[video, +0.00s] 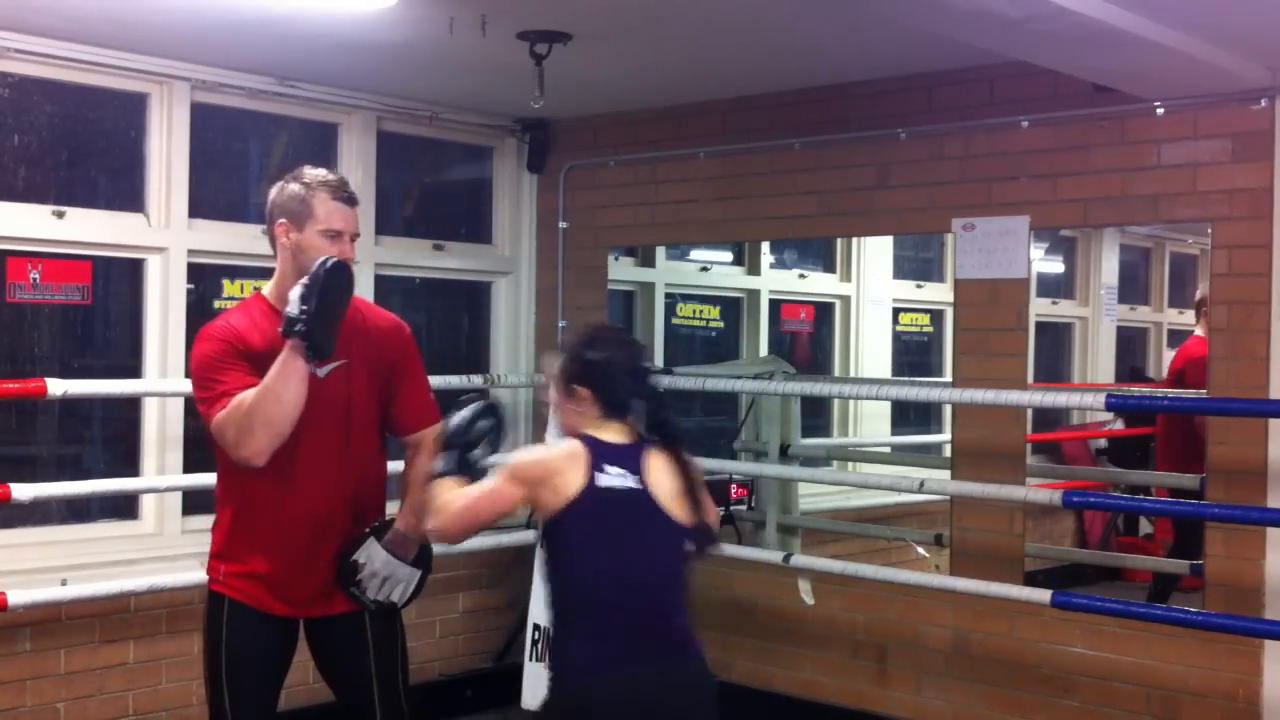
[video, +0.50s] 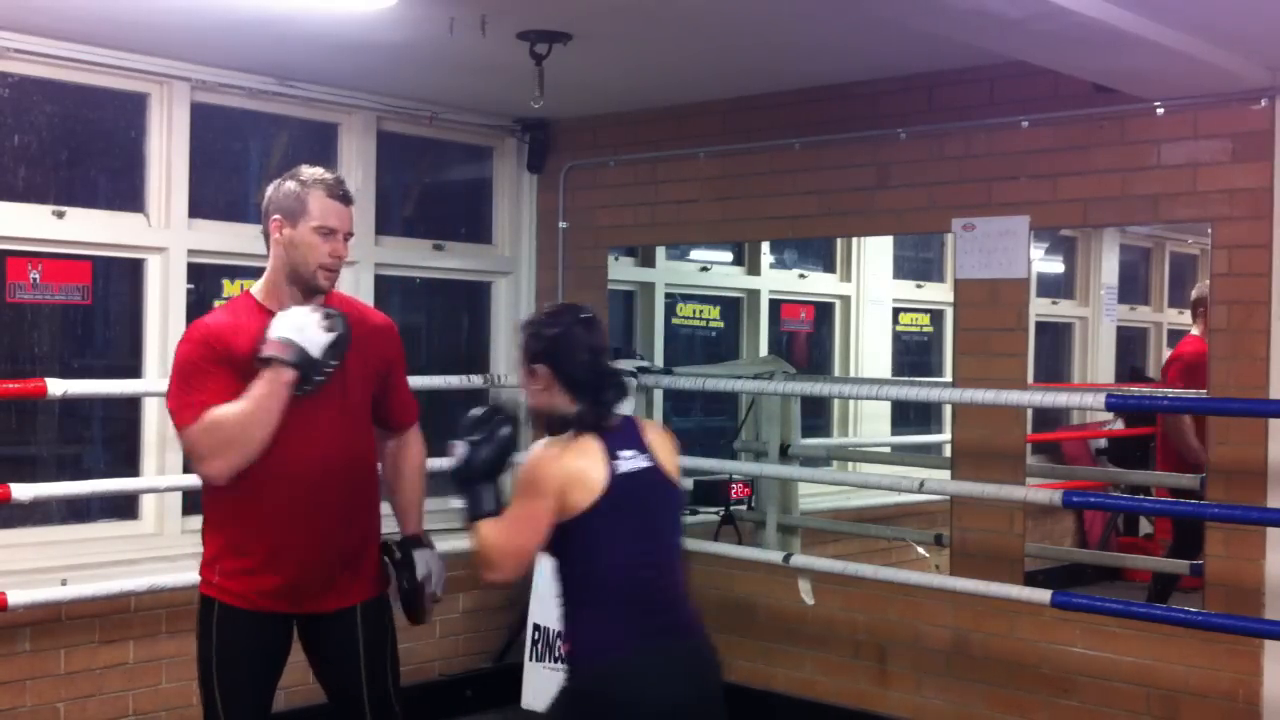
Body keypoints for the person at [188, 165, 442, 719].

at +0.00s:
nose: (347, 253)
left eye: (353, 238)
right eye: (332, 235)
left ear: (358, 241)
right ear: (284, 234)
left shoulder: (384, 334)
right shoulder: (225, 338)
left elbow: (426, 440)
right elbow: (249, 443)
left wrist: (408, 533)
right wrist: (303, 335)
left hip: (355, 581)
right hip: (252, 581)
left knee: (383, 709)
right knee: (238, 712)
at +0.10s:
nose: (354, 255)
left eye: (360, 240)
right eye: (339, 237)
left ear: (365, 241)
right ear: (292, 234)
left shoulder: (388, 336)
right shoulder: (232, 338)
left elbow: (427, 446)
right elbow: (256, 441)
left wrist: (413, 534)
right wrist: (321, 343)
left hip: (357, 582)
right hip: (255, 584)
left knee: (385, 709)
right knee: (241, 712)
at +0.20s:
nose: (355, 256)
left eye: (361, 242)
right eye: (341, 240)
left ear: (366, 242)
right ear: (293, 235)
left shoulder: (382, 329)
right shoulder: (228, 336)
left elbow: (428, 440)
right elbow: (245, 426)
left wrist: (414, 529)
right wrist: (299, 319)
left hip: (358, 582)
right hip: (256, 584)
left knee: (387, 709)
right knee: (241, 713)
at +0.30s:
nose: (349, 253)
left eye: (355, 238)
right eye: (335, 236)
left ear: (361, 239)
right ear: (286, 233)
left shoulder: (385, 329)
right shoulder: (224, 329)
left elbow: (423, 441)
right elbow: (199, 431)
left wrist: (412, 525)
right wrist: (267, 329)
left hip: (359, 582)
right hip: (254, 585)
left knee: (385, 710)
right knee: (240, 712)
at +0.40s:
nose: (345, 250)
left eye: (351, 235)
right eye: (331, 232)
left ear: (354, 238)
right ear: (281, 230)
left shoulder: (379, 331)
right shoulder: (213, 333)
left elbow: (412, 442)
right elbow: (192, 449)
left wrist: (416, 527)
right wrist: (254, 337)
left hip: (356, 585)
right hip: (249, 587)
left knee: (379, 710)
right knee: (235, 712)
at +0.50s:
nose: (341, 252)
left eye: (346, 238)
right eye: (325, 234)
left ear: (350, 241)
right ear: (278, 230)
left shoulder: (373, 332)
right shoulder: (213, 337)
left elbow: (401, 434)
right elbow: (214, 460)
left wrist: (414, 538)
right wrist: (282, 364)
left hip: (349, 583)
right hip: (245, 586)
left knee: (375, 710)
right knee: (233, 713)